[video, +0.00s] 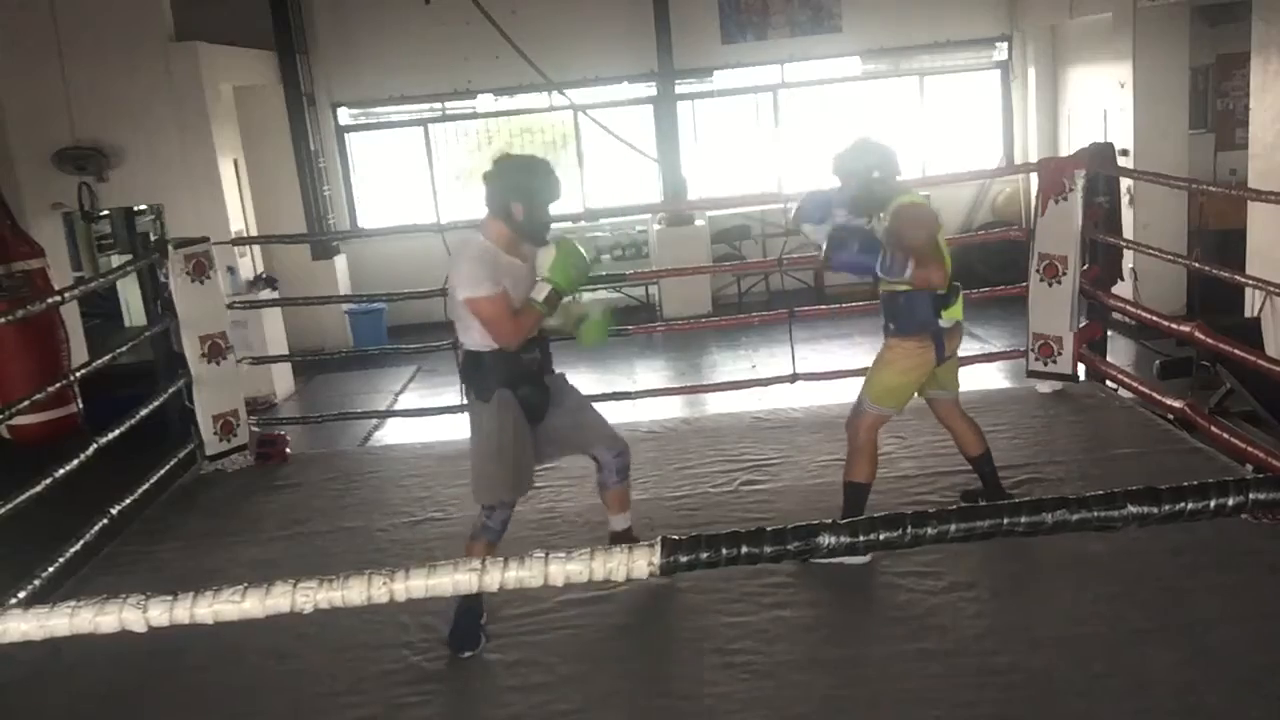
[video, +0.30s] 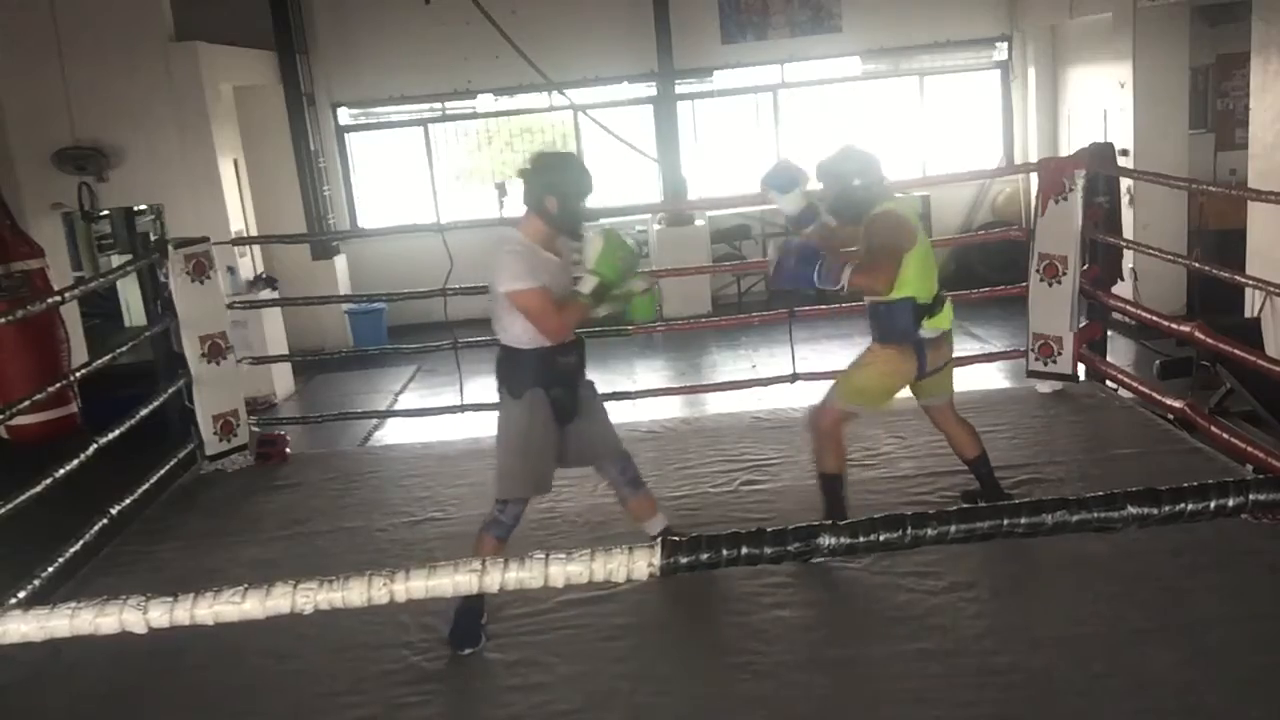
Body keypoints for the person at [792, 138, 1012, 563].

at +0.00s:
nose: (846, 189)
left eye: (850, 180)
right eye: (844, 181)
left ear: (871, 176)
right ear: (885, 172)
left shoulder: (907, 213)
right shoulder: (896, 210)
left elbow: (935, 275)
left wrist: (877, 262)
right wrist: (833, 212)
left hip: (913, 337)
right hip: (941, 331)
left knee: (861, 424)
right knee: (948, 409)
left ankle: (851, 529)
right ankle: (995, 491)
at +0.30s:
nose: (830, 197)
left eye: (832, 187)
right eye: (827, 189)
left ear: (853, 185)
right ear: (874, 179)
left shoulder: (882, 221)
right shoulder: (902, 214)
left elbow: (877, 280)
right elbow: (834, 238)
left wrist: (819, 273)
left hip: (897, 350)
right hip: (935, 343)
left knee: (825, 419)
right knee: (944, 414)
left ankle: (834, 517)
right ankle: (992, 490)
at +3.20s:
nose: (1024, 204)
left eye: (1027, 193)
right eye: (1022, 194)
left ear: (1053, 190)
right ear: (1073, 183)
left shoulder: (1089, 232)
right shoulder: (1105, 221)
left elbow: (1113, 301)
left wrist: (1048, 285)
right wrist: (1020, 252)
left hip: (1098, 374)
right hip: (1141, 366)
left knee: (1022, 475)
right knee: (1144, 455)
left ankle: (968, 584)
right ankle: (1204, 551)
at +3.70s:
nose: (1048, 185)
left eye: (1048, 177)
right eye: (1044, 176)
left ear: (1062, 176)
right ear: (1096, 161)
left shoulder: (1088, 218)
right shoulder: (1135, 198)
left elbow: (1029, 271)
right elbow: (1070, 256)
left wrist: (1006, 208)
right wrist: (1041, 213)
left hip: (1121, 367)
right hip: (1177, 351)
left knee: (1068, 471)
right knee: (1181, 448)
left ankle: (1042, 589)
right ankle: (1215, 551)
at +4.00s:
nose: (1069, 201)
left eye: (1070, 192)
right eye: (1067, 192)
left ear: (1089, 192)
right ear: (1117, 179)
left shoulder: (1124, 234)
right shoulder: (1159, 208)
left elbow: (1107, 313)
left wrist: (1054, 270)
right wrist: (1052, 228)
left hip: (1140, 382)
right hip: (1198, 371)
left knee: (1060, 468)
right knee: (1207, 465)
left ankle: (1040, 587)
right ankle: (1266, 563)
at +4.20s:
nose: (1085, 202)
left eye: (1085, 193)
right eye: (1082, 193)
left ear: (1101, 192)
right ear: (1130, 180)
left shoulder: (1130, 235)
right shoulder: (1182, 216)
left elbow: (1083, 294)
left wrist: (1040, 234)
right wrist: (1078, 229)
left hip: (1150, 384)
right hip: (1212, 371)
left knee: (1071, 473)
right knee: (1224, 461)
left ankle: (1041, 588)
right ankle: (1274, 546)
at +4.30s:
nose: (1102, 202)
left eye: (1103, 192)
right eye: (1100, 192)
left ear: (1124, 194)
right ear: (1156, 183)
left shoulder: (1162, 234)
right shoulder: (1204, 219)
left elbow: (1133, 300)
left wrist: (1083, 242)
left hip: (1168, 386)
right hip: (1226, 378)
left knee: (1090, 477)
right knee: (1242, 471)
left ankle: (1041, 588)